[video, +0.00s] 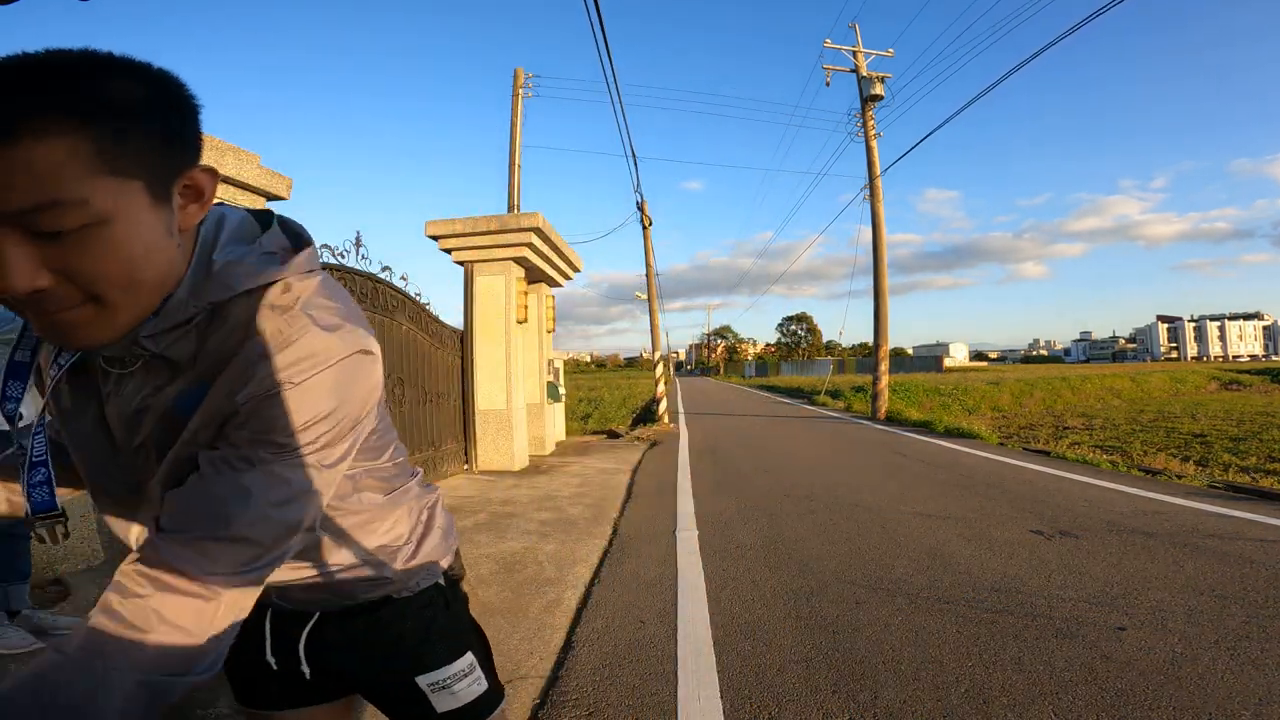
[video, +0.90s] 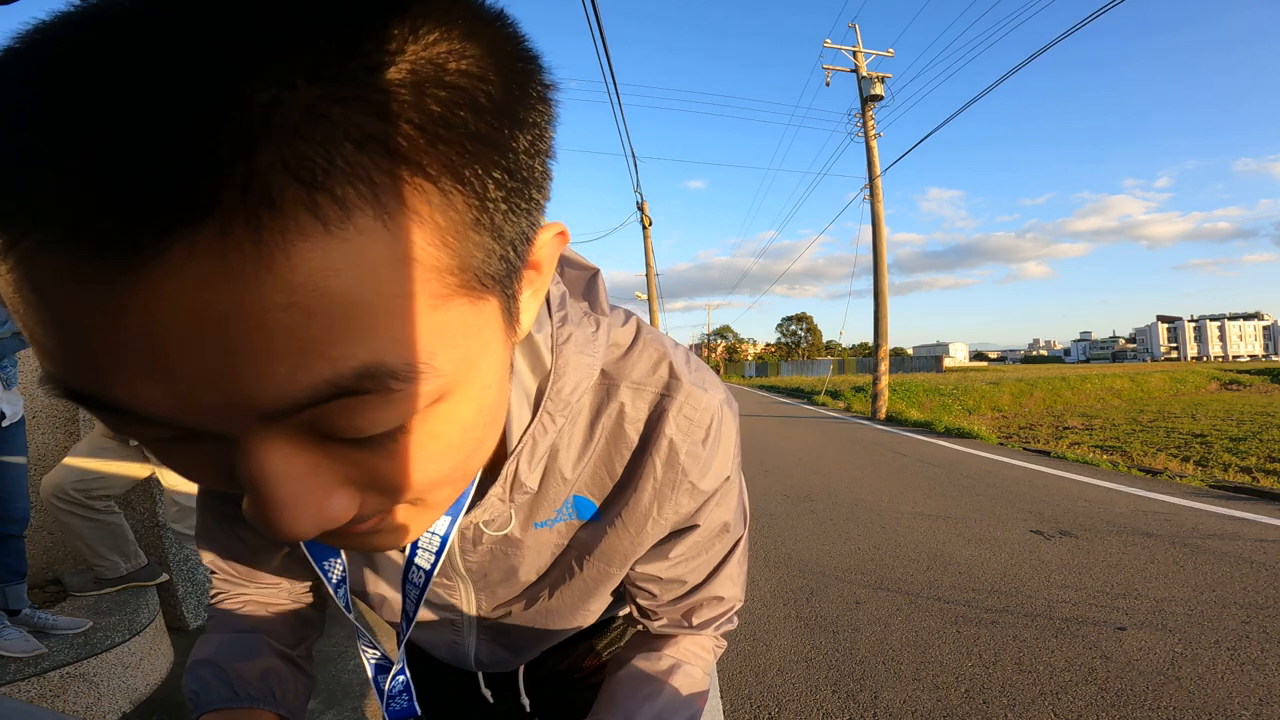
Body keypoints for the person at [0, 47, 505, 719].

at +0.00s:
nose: (16, 280)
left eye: (53, 230)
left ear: (189, 202)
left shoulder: (300, 339)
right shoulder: (76, 340)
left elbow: (166, 617)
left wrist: (13, 703)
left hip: (393, 595)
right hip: (262, 604)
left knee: (462, 709)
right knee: (288, 708)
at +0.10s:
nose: (27, 317)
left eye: (72, 262)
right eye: (5, 269)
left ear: (215, 219)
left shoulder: (345, 361)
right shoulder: (106, 326)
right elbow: (116, 444)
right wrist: (34, 497)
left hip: (416, 585)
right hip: (278, 587)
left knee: (482, 709)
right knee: (325, 708)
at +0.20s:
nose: (66, 360)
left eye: (115, 302)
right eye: (17, 311)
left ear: (271, 237)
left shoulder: (422, 387)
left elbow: (443, 633)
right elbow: (137, 472)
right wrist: (25, 533)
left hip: (453, 625)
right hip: (305, 617)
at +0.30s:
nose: (111, 402)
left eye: (160, 344)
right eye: (63, 349)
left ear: (336, 260)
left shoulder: (504, 387)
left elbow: (529, 620)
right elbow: (190, 516)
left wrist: (334, 716)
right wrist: (49, 594)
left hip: (488, 637)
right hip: (346, 635)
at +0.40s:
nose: (191, 419)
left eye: (237, 360)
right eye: (139, 366)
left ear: (414, 268)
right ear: (104, 320)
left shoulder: (568, 382)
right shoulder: (208, 373)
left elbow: (599, 595)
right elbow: (214, 530)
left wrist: (438, 708)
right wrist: (125, 629)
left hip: (514, 650)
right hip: (361, 643)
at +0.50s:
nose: (250, 420)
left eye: (307, 354)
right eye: (189, 361)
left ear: (471, 254)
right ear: (141, 312)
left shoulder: (616, 377)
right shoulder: (228, 385)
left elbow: (639, 590)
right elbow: (252, 559)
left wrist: (532, 700)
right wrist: (172, 650)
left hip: (550, 636)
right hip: (395, 642)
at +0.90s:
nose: (281, 514)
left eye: (353, 417)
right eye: (170, 439)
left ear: (531, 285)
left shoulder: (673, 424)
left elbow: (680, 636)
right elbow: (252, 617)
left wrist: (639, 706)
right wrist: (244, 708)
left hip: (584, 651)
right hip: (422, 651)